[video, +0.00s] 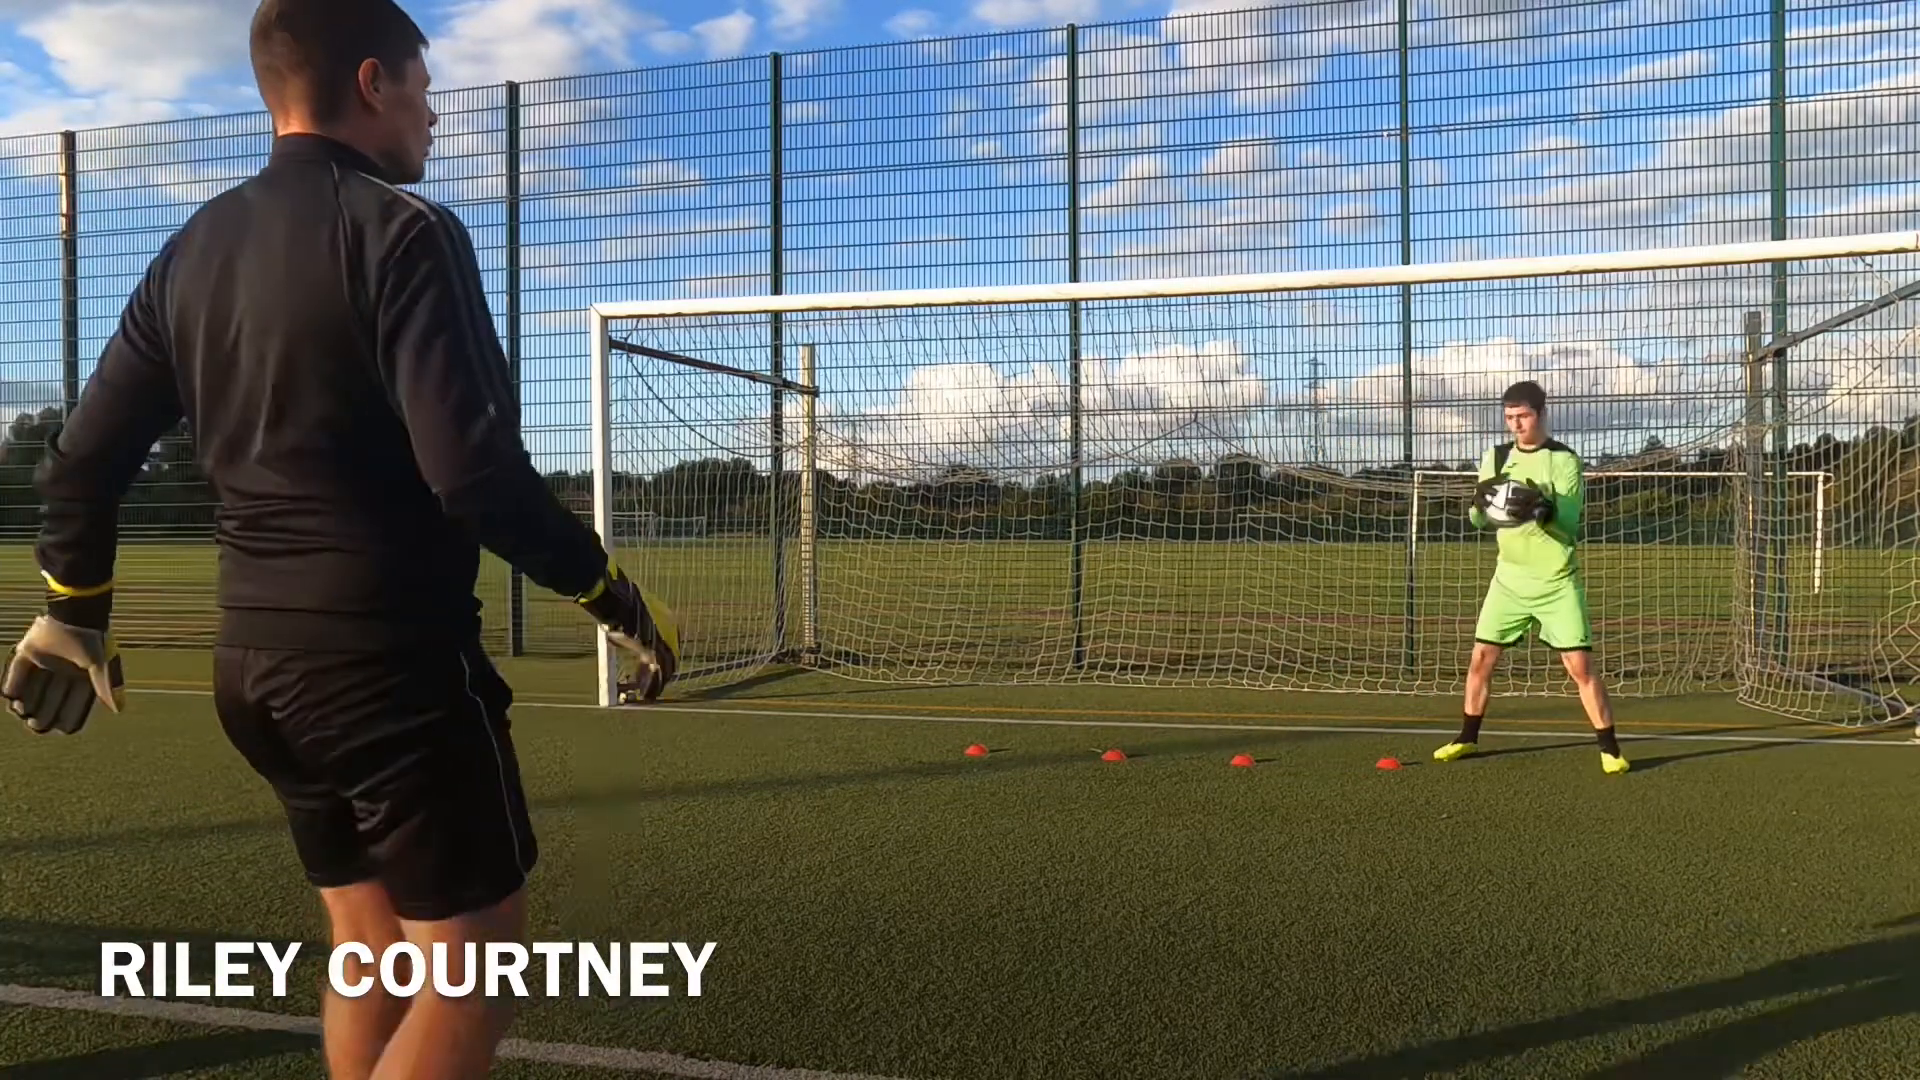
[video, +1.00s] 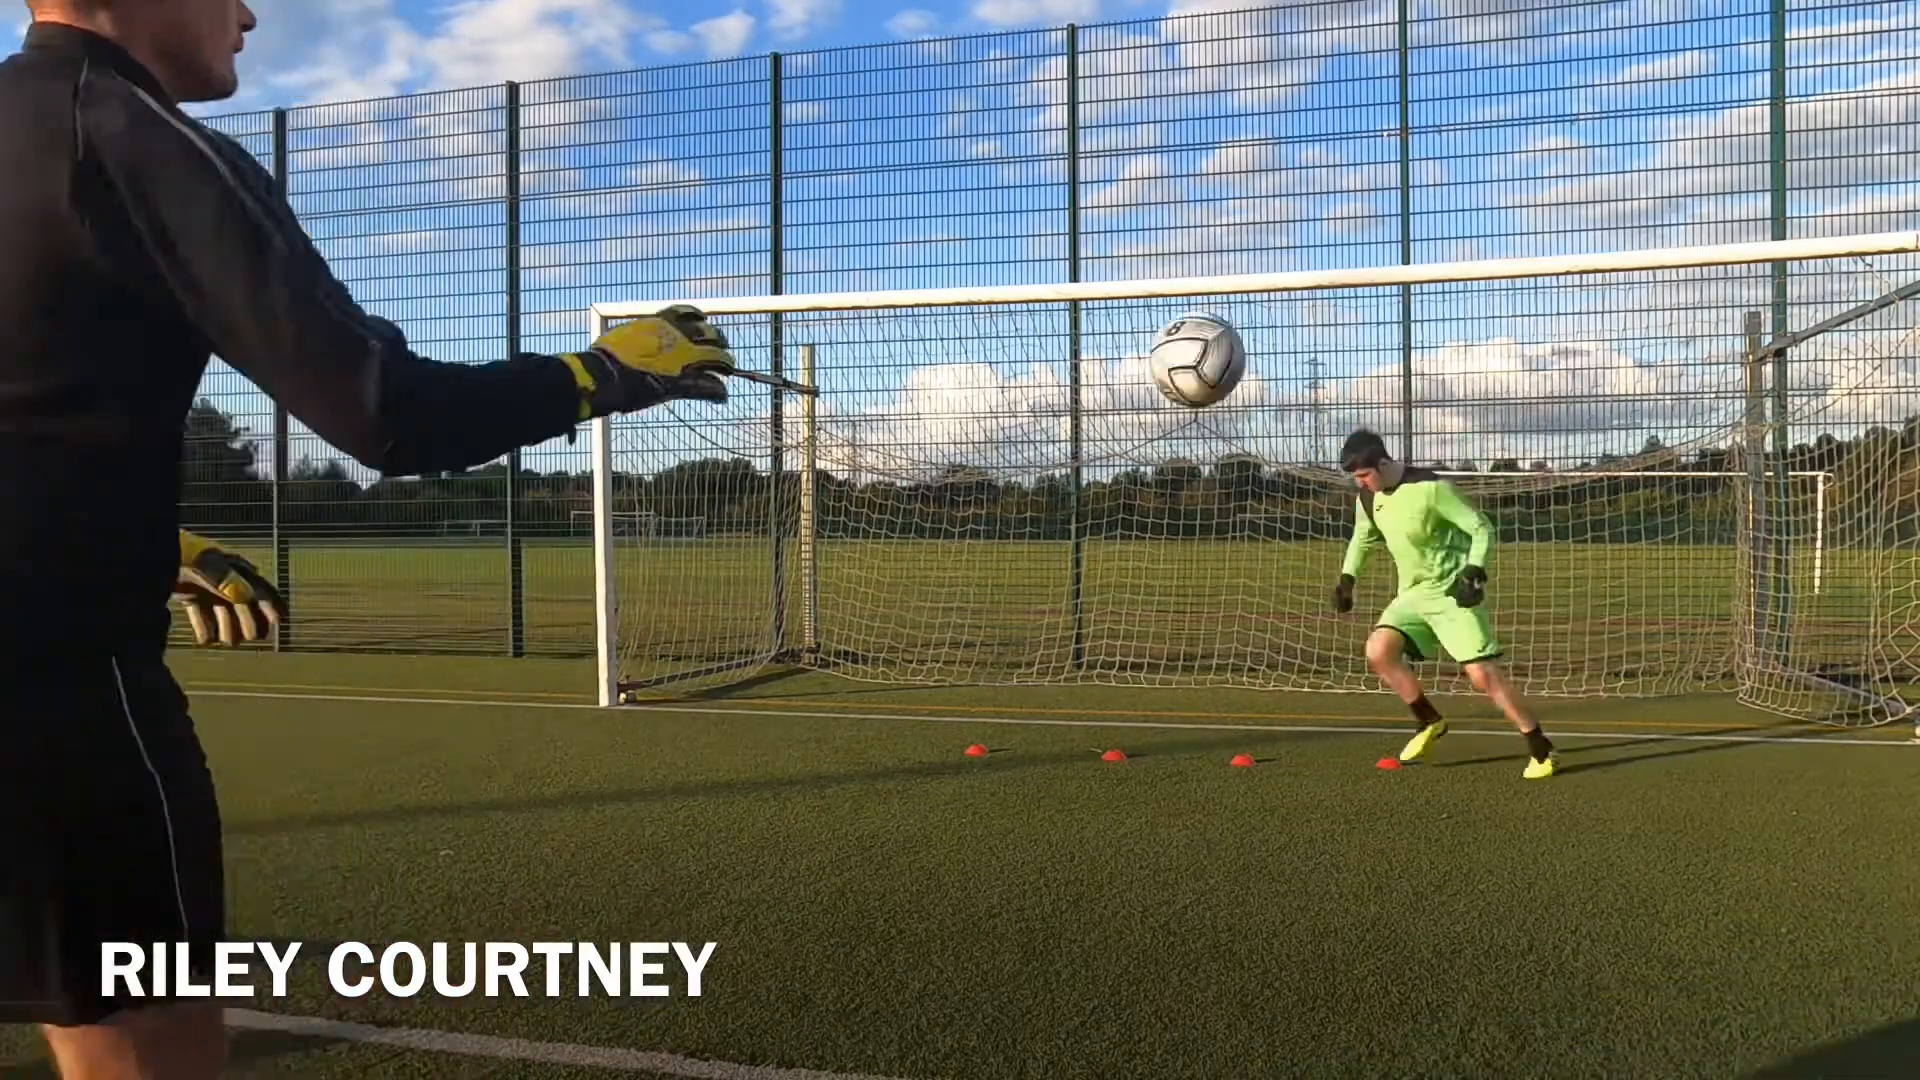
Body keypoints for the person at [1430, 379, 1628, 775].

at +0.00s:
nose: (1516, 423)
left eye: (1523, 415)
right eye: (1510, 417)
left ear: (1541, 414)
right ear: (1505, 420)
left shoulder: (1564, 461)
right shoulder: (1496, 458)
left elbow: (1572, 528)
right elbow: (1478, 521)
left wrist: (1543, 511)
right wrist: (1483, 504)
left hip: (1557, 583)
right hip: (1508, 581)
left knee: (1580, 666)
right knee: (1481, 657)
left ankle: (1609, 749)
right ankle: (1468, 738)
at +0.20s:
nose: (1458, 456)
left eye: (1463, 446)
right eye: (1452, 450)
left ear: (1481, 442)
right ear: (1450, 453)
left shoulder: (1523, 477)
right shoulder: (1467, 485)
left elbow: (1552, 534)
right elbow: (1470, 528)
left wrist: (1504, 549)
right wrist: (1454, 555)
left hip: (1554, 584)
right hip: (1509, 588)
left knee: (1576, 664)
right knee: (1482, 656)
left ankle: (1609, 749)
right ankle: (1468, 739)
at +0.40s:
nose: (1416, 469)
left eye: (1422, 460)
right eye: (1408, 464)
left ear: (1438, 458)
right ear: (1404, 472)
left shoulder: (1482, 491)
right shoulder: (1428, 505)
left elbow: (1538, 501)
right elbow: (1442, 532)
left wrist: (1535, 547)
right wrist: (1431, 561)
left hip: (1521, 588)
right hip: (1476, 592)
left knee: (1553, 665)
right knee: (1455, 662)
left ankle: (1601, 746)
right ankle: (1464, 739)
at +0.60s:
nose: (1389, 466)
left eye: (1393, 457)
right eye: (1383, 461)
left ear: (1412, 445)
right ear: (1382, 459)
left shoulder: (1462, 466)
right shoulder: (1394, 491)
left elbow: (1511, 489)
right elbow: (1407, 543)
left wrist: (1515, 534)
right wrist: (1400, 556)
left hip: (1498, 573)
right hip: (1453, 581)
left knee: (1522, 652)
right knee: (1443, 659)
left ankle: (1563, 734)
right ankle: (1461, 737)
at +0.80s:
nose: (1369, 461)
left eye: (1372, 453)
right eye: (1364, 455)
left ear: (1392, 438)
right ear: (1365, 451)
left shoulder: (1444, 458)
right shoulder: (1378, 484)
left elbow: (1492, 481)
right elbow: (1393, 535)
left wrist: (1494, 526)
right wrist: (1422, 539)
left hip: (1481, 569)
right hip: (1438, 579)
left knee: (1504, 647)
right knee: (1453, 660)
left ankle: (1533, 738)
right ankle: (1464, 738)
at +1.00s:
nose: (1360, 483)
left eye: (1364, 474)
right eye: (1355, 477)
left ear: (1383, 462)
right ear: (1355, 474)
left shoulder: (1431, 489)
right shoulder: (1367, 498)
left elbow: (1481, 528)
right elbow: (1363, 537)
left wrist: (1474, 571)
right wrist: (1346, 579)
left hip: (1452, 592)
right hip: (1410, 597)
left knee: (1482, 674)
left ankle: (1542, 749)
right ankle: (1430, 721)